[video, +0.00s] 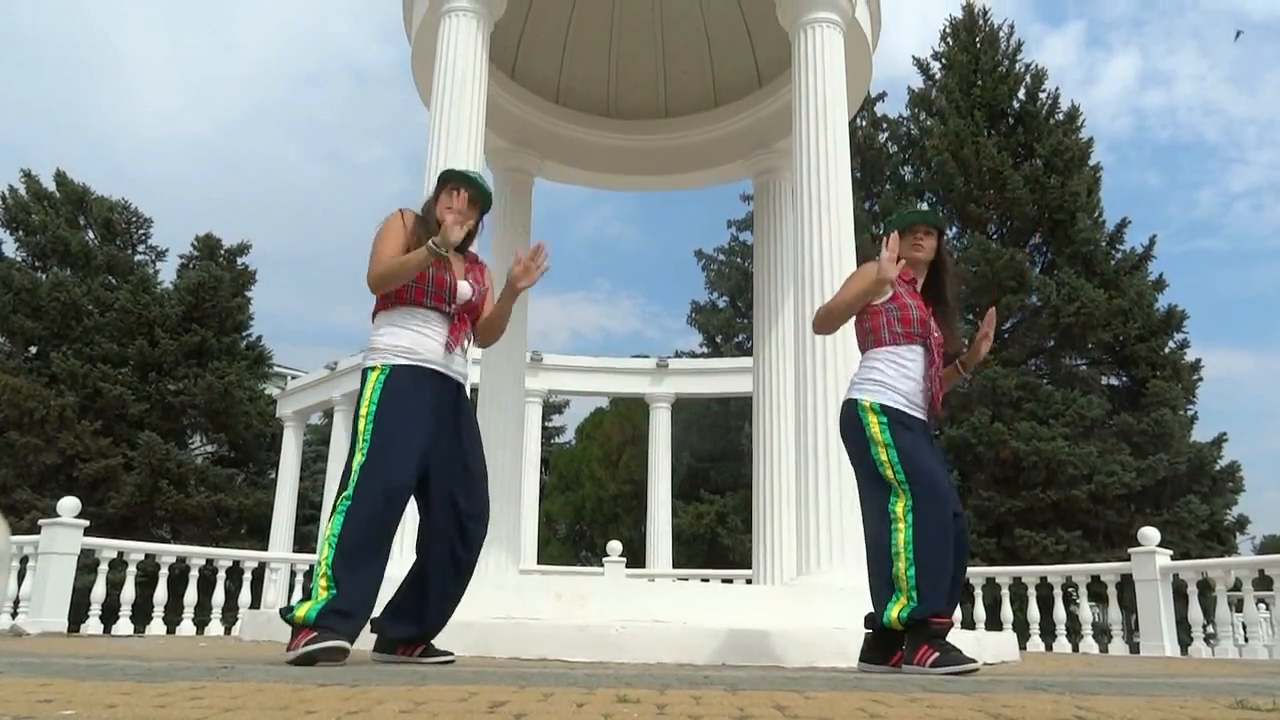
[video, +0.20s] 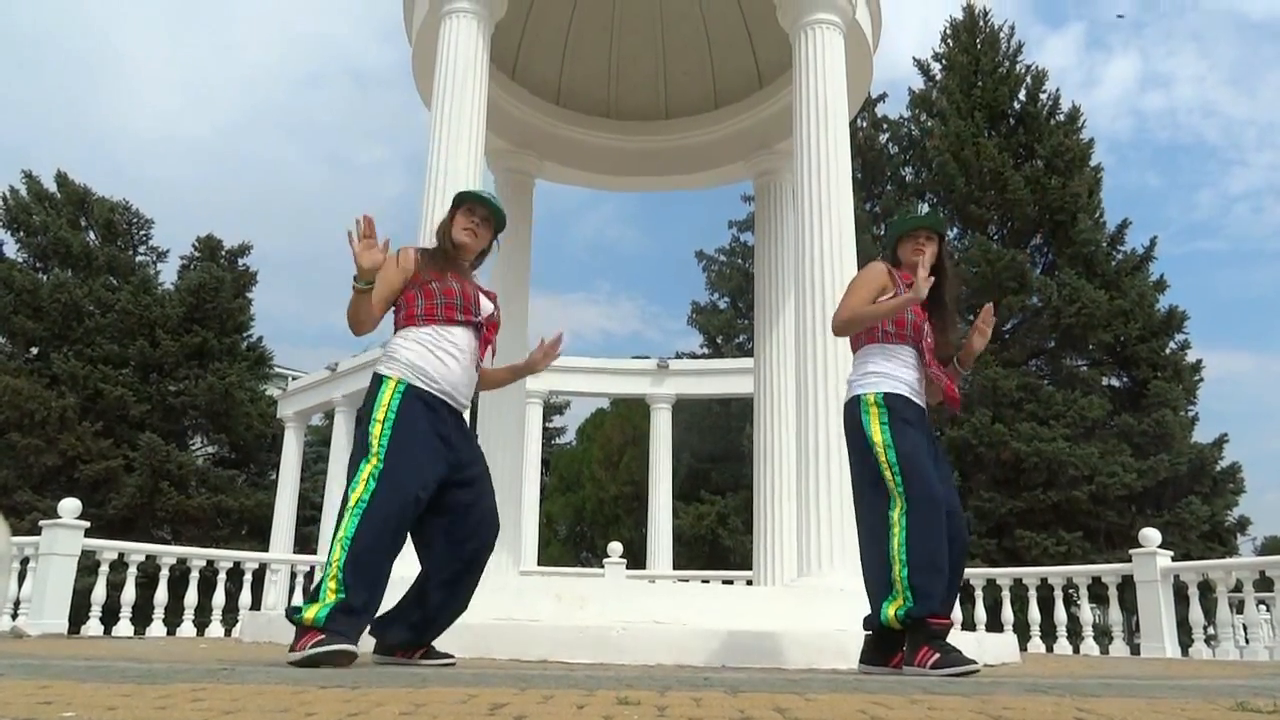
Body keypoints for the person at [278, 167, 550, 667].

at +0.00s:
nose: (453, 203)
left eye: (466, 200)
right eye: (447, 194)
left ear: (476, 216)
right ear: (434, 199)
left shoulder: (477, 269)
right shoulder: (405, 224)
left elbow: (485, 335)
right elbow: (379, 279)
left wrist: (511, 291)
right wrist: (434, 249)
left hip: (450, 388)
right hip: (396, 373)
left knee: (464, 515)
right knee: (374, 494)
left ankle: (404, 634)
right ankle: (319, 625)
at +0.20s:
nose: (473, 225)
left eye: (484, 224)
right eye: (468, 215)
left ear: (490, 243)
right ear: (448, 221)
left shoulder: (486, 302)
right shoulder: (412, 260)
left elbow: (476, 378)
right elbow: (361, 324)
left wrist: (526, 368)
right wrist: (365, 279)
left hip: (454, 418)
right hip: (403, 394)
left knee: (474, 525)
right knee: (382, 502)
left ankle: (403, 637)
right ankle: (322, 628)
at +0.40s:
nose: (484, 234)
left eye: (494, 232)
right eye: (479, 224)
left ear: (499, 248)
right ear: (460, 226)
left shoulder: (489, 303)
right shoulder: (429, 252)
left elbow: (495, 374)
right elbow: (397, 299)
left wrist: (527, 338)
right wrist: (461, 278)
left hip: (457, 405)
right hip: (409, 381)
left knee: (474, 524)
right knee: (380, 493)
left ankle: (405, 637)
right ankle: (334, 612)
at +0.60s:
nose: (489, 232)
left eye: (500, 232)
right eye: (483, 223)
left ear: (505, 252)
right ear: (463, 229)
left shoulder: (494, 308)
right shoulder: (428, 259)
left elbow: (498, 381)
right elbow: (374, 309)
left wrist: (536, 350)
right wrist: (421, 281)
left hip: (458, 416)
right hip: (406, 390)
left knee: (478, 528)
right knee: (381, 496)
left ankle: (404, 639)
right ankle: (328, 616)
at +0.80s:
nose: (493, 206)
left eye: (500, 200)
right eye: (482, 200)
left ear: (511, 215)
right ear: (464, 212)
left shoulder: (513, 279)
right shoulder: (436, 242)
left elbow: (520, 349)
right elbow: (371, 278)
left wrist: (503, 302)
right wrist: (356, 328)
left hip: (456, 386)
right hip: (401, 360)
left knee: (455, 509)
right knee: (409, 462)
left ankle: (402, 636)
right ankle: (350, 586)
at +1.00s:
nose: (467, 183)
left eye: (475, 176)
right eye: (455, 179)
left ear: (493, 191)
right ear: (440, 195)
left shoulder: (504, 250)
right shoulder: (420, 228)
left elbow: (566, 262)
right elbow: (382, 267)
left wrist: (499, 263)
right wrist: (358, 323)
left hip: (457, 387)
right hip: (395, 368)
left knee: (466, 505)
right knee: (418, 443)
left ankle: (413, 637)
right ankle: (391, 575)